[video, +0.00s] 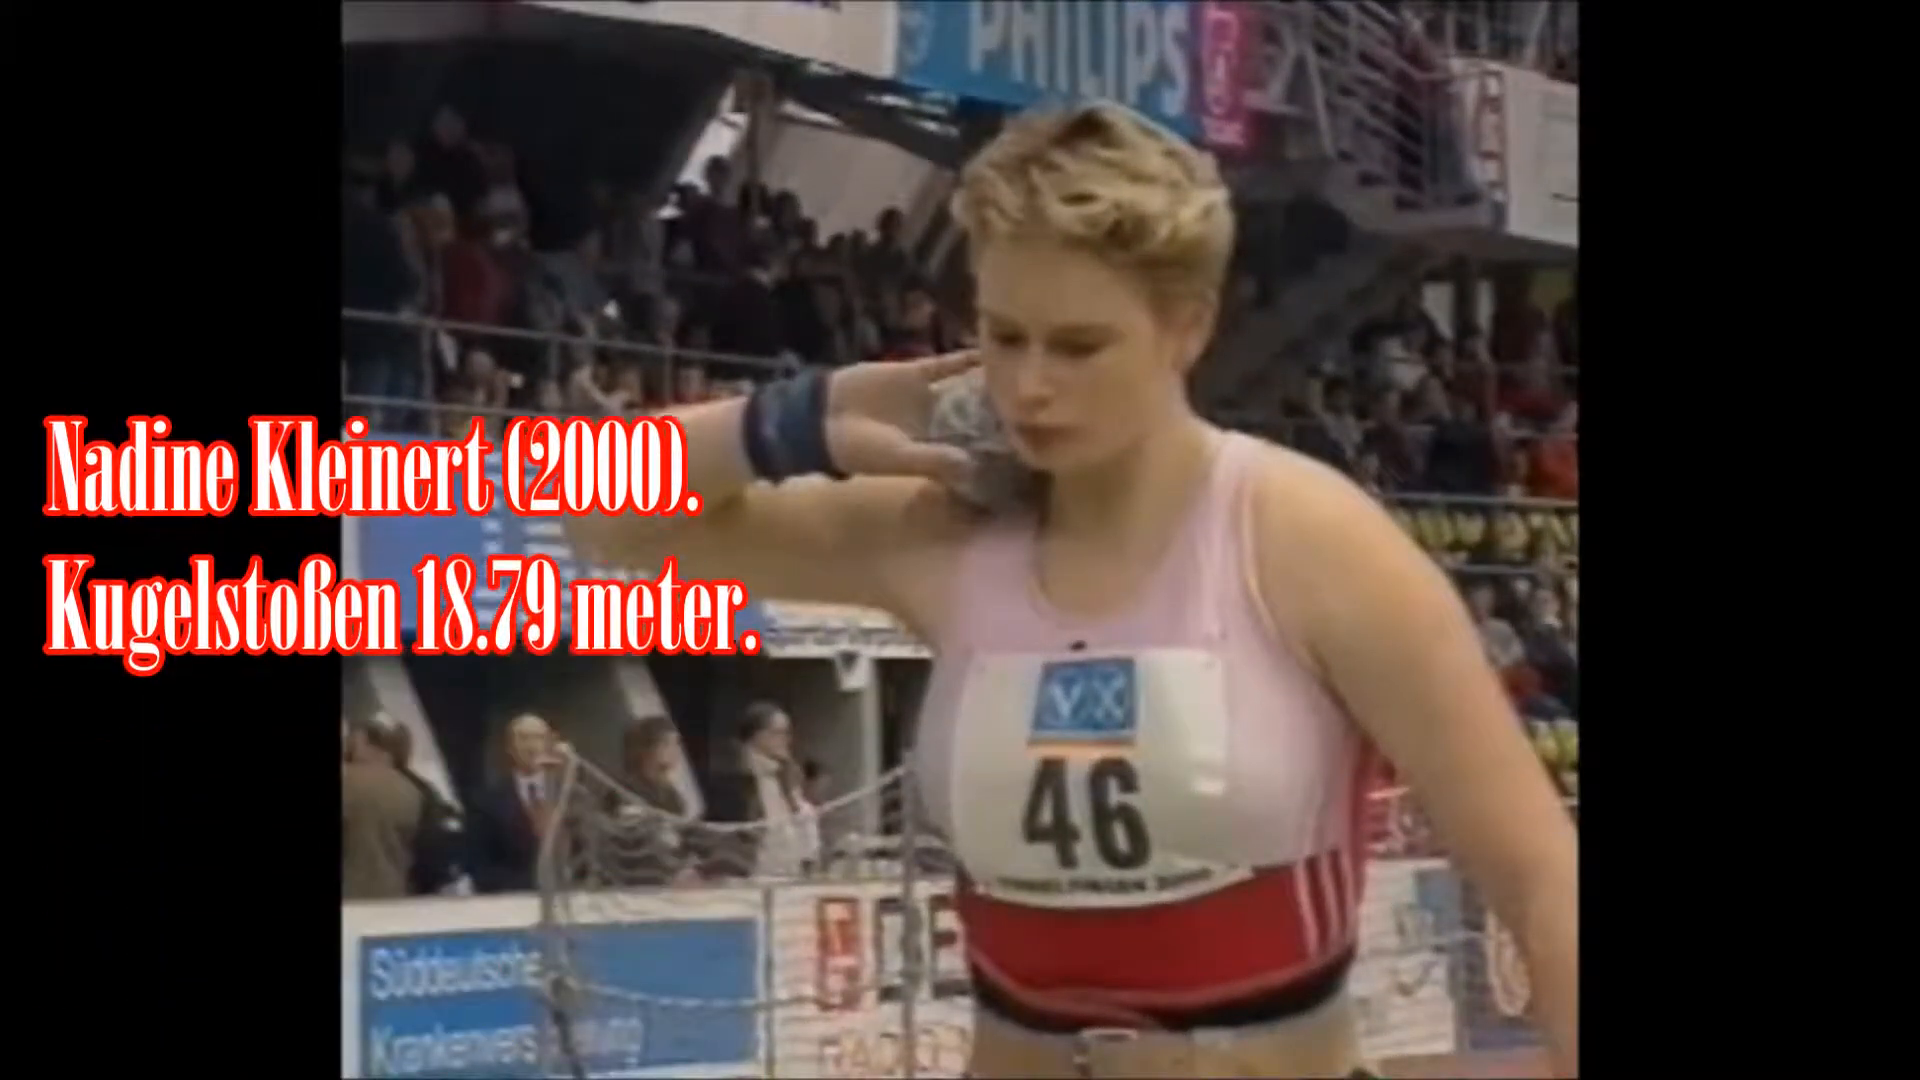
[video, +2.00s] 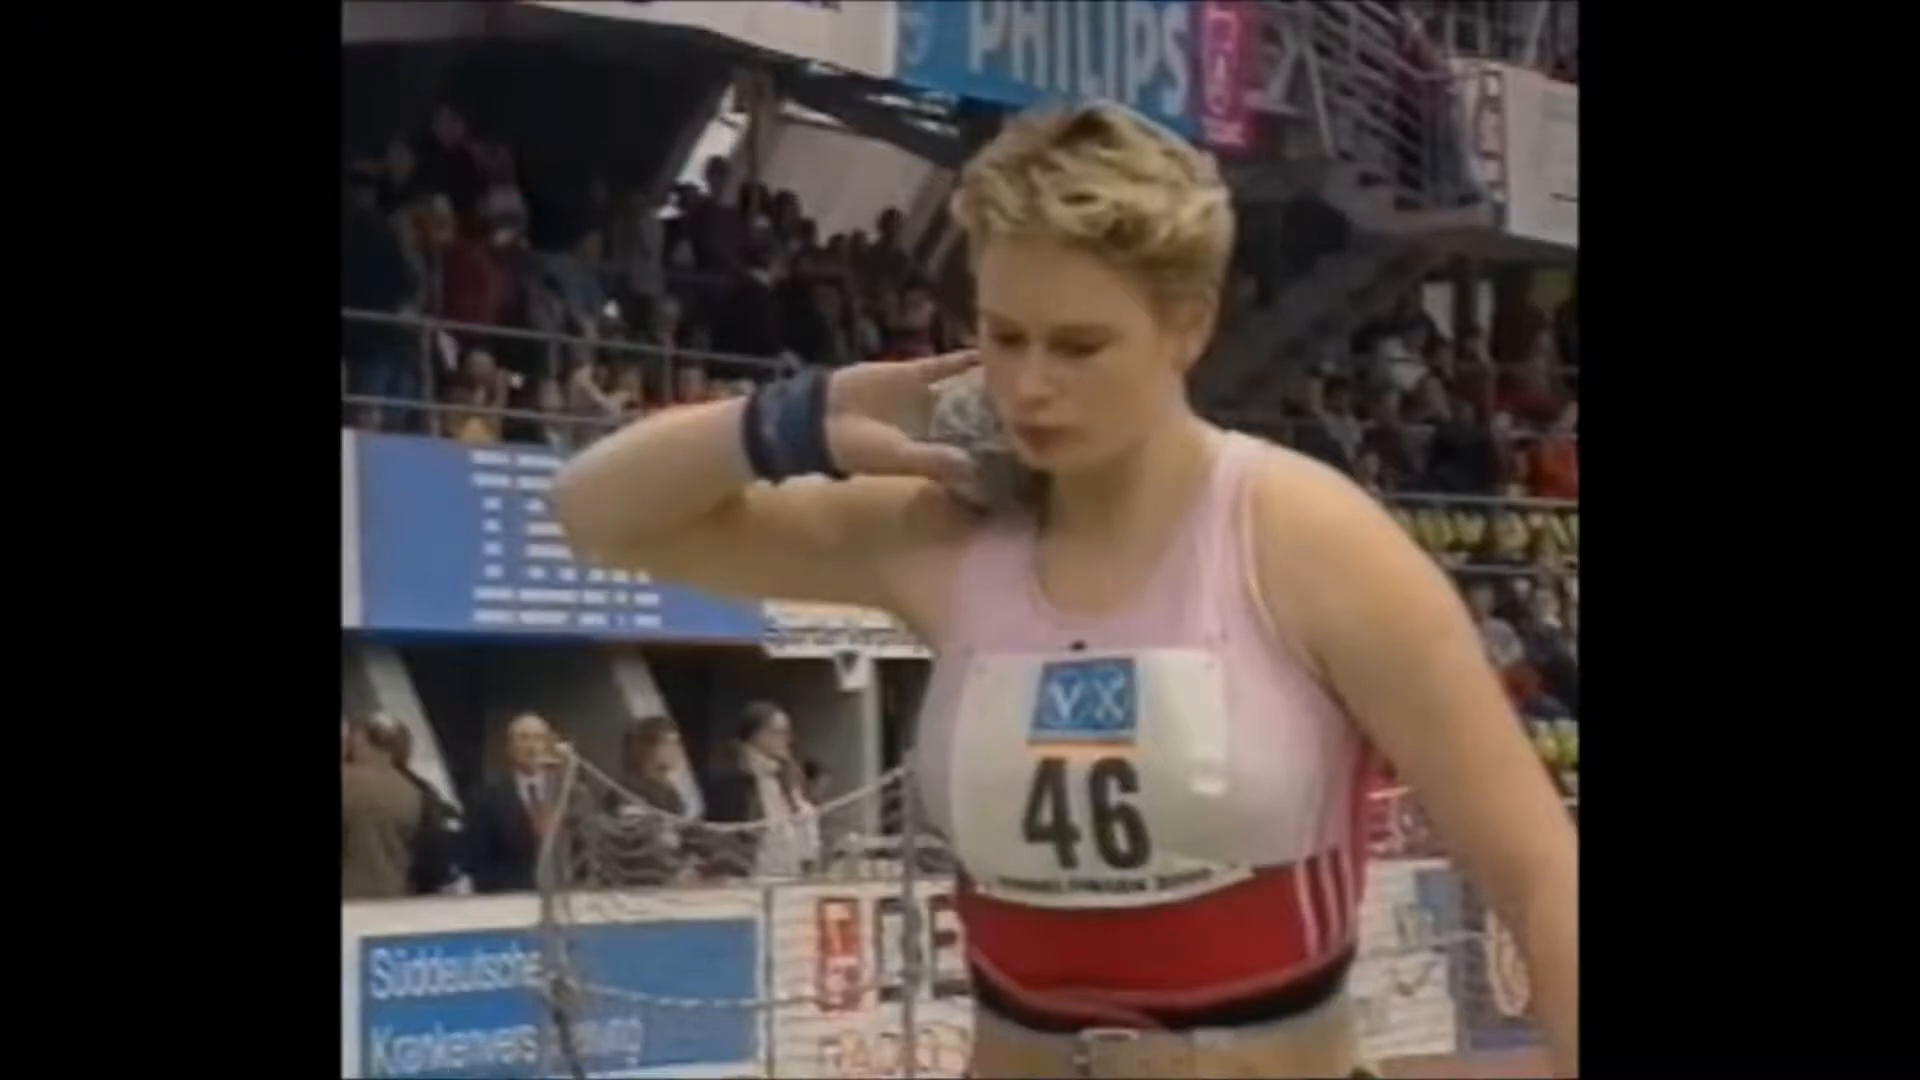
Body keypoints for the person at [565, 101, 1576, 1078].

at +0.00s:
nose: (1028, 387)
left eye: (1079, 344)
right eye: (1004, 337)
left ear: (1186, 327)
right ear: (972, 322)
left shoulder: (1303, 533)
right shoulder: (926, 536)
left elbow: (1539, 875)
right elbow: (606, 508)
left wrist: (1563, 1061)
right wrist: (811, 421)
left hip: (1271, 1054)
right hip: (1017, 1053)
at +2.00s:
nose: (1028, 387)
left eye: (1078, 345)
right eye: (1003, 339)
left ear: (1186, 330)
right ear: (974, 325)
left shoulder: (1301, 532)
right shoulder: (928, 535)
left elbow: (1539, 874)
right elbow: (600, 512)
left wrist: (1563, 1060)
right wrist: (816, 418)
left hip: (1270, 1054)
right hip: (1017, 1052)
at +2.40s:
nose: (1049, 381)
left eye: (1087, 344)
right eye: (1014, 338)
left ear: (1187, 326)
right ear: (970, 319)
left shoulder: (1312, 538)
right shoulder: (949, 539)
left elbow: (1539, 876)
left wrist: (1561, 1051)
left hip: (1269, 1050)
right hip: (1011, 1048)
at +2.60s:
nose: (835, 562)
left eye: (879, 513)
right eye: (802, 514)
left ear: (982, 481)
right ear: (771, 499)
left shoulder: (1149, 634)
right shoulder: (781, 743)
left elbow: (1410, 879)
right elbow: (560, 910)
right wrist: (608, 638)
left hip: (1221, 1067)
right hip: (946, 1064)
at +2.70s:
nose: (873, 549)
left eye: (914, 501)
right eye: (843, 503)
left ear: (1020, 475)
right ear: (813, 491)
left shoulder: (1178, 625)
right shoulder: (824, 735)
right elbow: (583, 953)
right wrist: (655, 653)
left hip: (1282, 1068)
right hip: (1006, 1073)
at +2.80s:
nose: (896, 534)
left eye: (939, 486)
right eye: (867, 490)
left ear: (1044, 459)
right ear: (835, 481)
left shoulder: (1193, 619)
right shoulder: (845, 723)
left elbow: (1521, 854)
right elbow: (591, 943)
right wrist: (702, 641)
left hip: (1281, 1058)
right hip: (1025, 1064)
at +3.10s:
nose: (1056, 505)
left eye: (1101, 464)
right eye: (1034, 463)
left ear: (1210, 462)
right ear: (1008, 462)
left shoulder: (1331, 633)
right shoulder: (989, 712)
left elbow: (1570, 881)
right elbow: (670, 818)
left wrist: (1504, 1048)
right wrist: (879, 605)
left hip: (1352, 1057)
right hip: (1112, 1066)